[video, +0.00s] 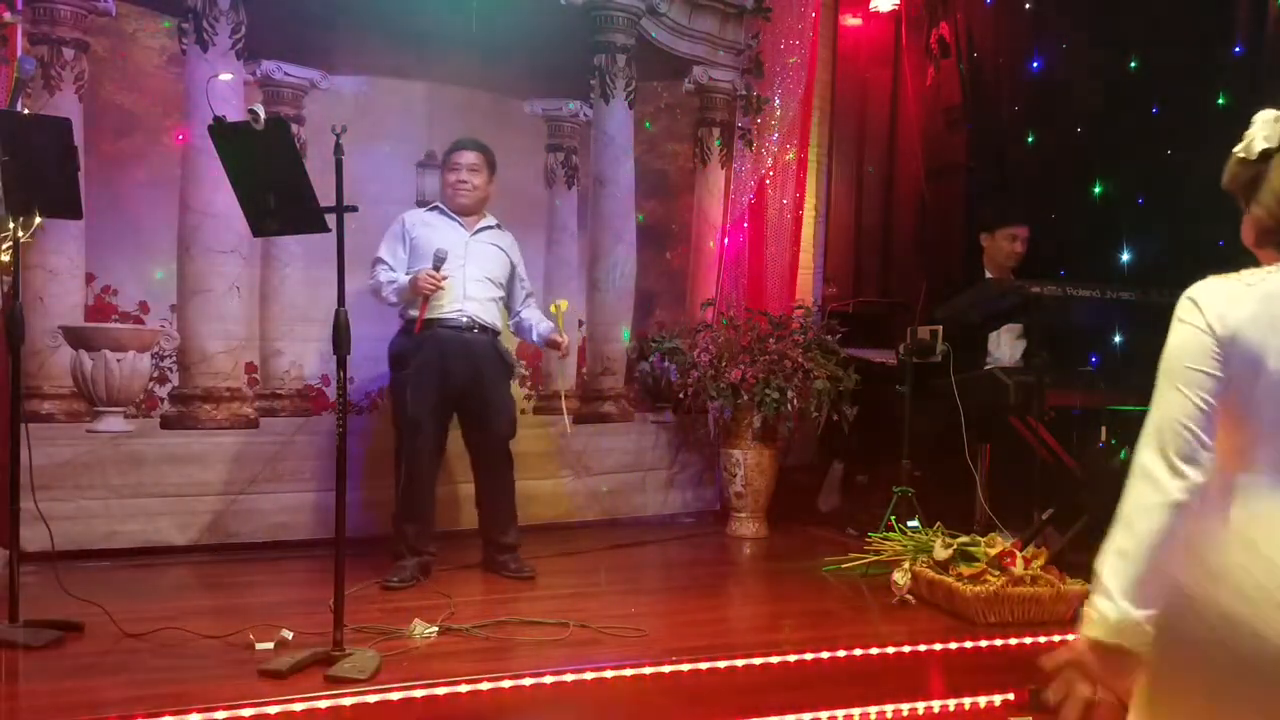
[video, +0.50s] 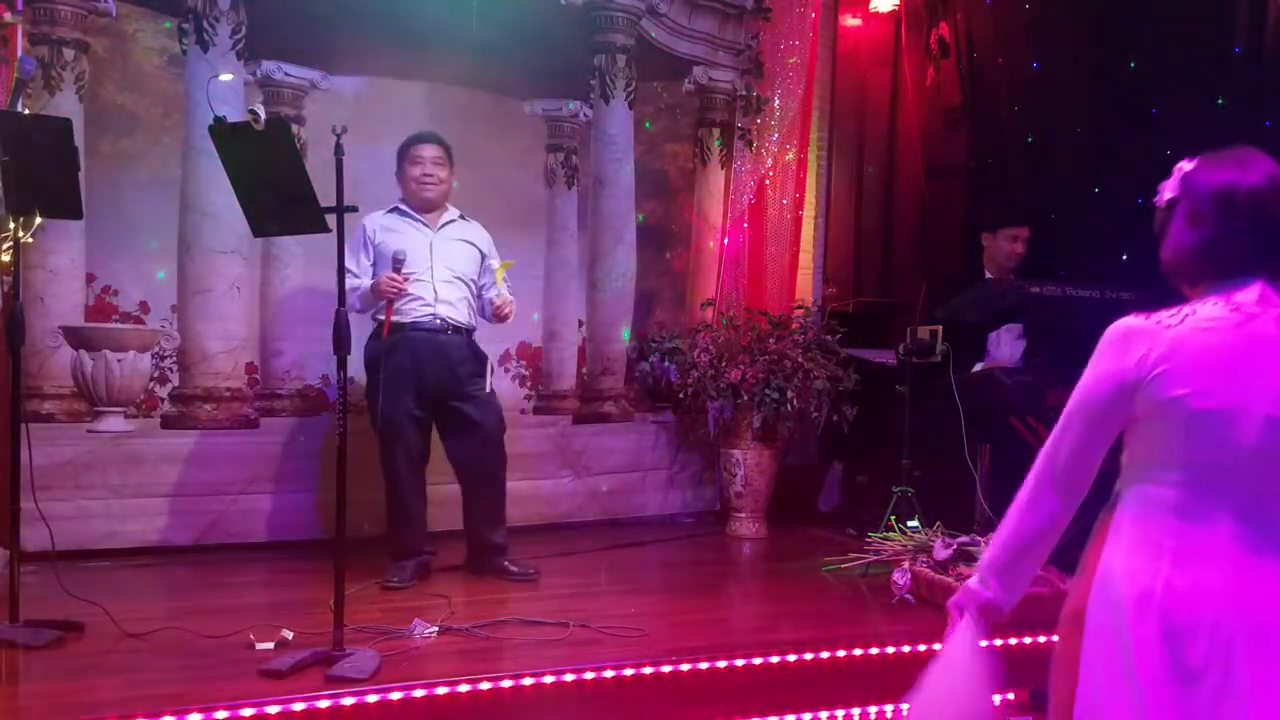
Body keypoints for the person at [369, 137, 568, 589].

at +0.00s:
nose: (462, 177)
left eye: (473, 170)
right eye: (454, 169)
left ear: (491, 183)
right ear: (441, 178)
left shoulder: (504, 241)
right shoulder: (412, 222)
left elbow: (521, 305)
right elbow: (380, 280)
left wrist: (547, 332)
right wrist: (408, 285)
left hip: (485, 352)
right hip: (426, 349)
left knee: (494, 453)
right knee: (417, 452)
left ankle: (502, 550)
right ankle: (413, 555)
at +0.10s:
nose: (457, 176)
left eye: (468, 169)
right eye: (447, 168)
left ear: (484, 183)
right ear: (433, 178)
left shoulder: (497, 242)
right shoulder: (403, 224)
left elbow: (516, 305)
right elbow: (372, 280)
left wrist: (540, 325)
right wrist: (400, 285)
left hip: (476, 352)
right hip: (417, 350)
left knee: (490, 454)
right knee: (413, 455)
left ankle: (500, 550)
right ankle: (411, 556)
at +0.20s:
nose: (453, 175)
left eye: (463, 168)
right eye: (441, 167)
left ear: (475, 181)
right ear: (425, 178)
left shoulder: (491, 241)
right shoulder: (396, 223)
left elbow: (509, 303)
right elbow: (365, 281)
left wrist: (530, 316)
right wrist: (392, 285)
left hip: (469, 352)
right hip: (410, 350)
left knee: (487, 454)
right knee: (408, 457)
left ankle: (498, 551)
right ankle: (410, 556)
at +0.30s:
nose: (447, 174)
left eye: (456, 167)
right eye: (435, 166)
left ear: (467, 180)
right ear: (417, 177)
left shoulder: (484, 240)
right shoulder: (387, 225)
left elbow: (502, 300)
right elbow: (356, 286)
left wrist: (518, 311)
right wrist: (385, 286)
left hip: (463, 352)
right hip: (403, 350)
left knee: (484, 450)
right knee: (404, 456)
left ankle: (491, 551)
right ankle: (412, 555)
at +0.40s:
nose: (438, 173)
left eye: (448, 166)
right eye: (427, 165)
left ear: (459, 179)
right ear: (408, 176)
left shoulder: (479, 238)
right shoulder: (380, 225)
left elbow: (494, 299)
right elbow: (353, 293)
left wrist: (507, 307)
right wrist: (377, 288)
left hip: (461, 351)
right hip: (401, 349)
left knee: (485, 443)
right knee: (402, 453)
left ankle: (487, 551)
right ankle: (409, 557)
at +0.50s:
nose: (428, 171)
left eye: (438, 164)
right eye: (417, 163)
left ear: (452, 176)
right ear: (400, 174)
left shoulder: (475, 235)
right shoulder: (376, 226)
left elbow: (490, 300)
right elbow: (351, 297)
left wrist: (501, 305)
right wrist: (374, 290)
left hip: (460, 352)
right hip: (400, 351)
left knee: (486, 444)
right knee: (402, 455)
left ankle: (488, 552)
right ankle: (409, 557)